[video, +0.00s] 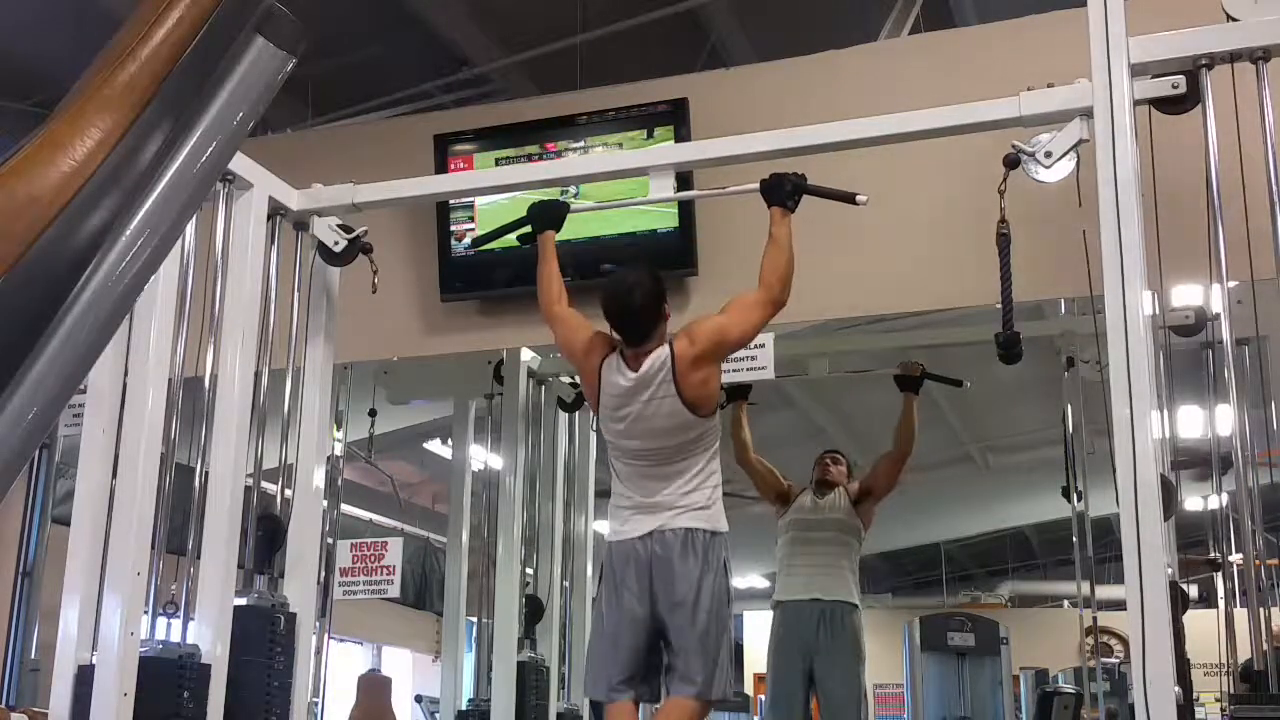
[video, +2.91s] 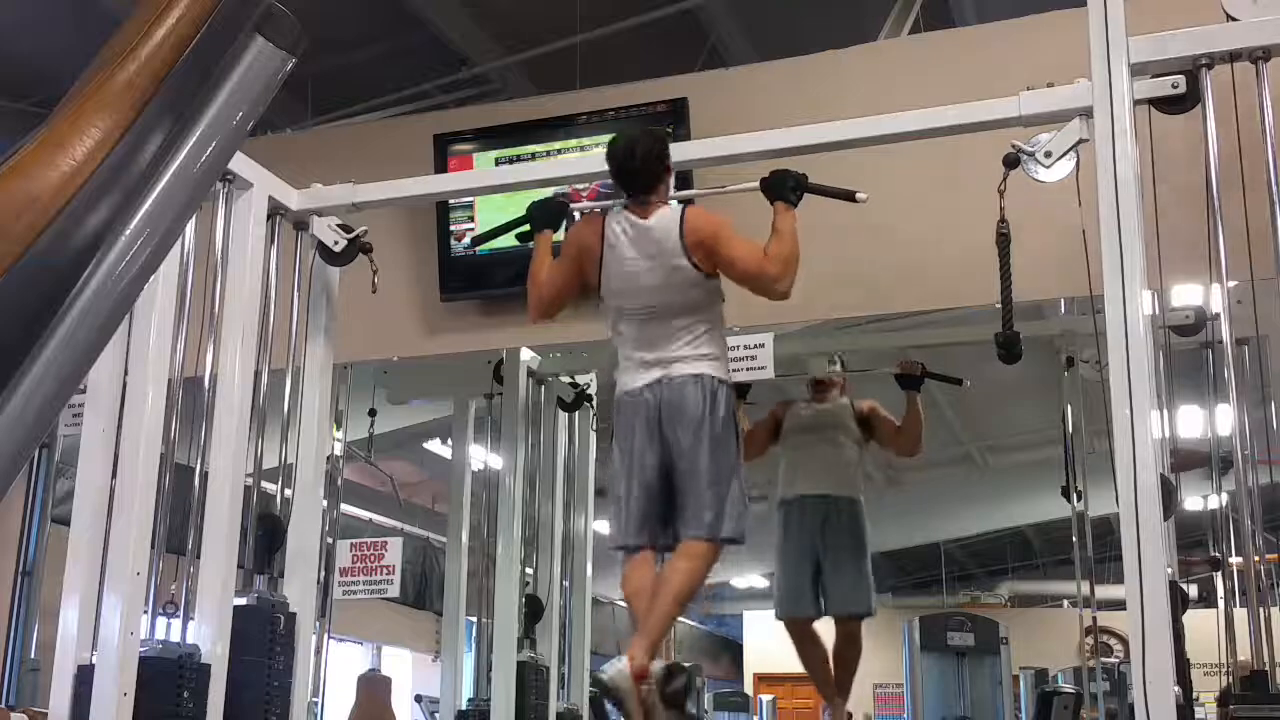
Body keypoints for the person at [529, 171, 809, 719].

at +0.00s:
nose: (668, 301)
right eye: (665, 296)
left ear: (610, 318)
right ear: (665, 310)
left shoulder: (594, 358)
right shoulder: (700, 346)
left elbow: (553, 305)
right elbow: (771, 295)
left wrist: (545, 235)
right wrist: (781, 211)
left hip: (626, 538)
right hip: (693, 534)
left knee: (618, 687)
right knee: (690, 684)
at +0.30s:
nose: (654, 229)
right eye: (656, 223)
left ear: (608, 238)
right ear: (661, 230)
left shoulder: (586, 288)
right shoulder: (695, 277)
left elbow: (541, 303)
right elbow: (783, 289)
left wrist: (543, 237)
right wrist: (785, 210)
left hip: (626, 463)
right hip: (692, 458)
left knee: (620, 602)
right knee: (697, 600)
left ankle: (627, 716)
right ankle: (622, 712)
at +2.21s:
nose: (675, 289)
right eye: (671, 283)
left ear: (611, 302)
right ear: (665, 296)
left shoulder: (592, 346)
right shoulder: (699, 334)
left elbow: (549, 302)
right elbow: (776, 293)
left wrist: (544, 235)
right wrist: (782, 211)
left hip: (625, 529)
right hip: (693, 526)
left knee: (623, 684)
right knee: (701, 679)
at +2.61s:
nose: (664, 235)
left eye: (654, 230)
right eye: (661, 230)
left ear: (610, 247)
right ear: (660, 239)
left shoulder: (589, 293)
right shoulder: (693, 286)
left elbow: (542, 308)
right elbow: (784, 289)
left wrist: (543, 236)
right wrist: (785, 211)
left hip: (627, 471)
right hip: (691, 467)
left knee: (617, 605)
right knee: (701, 607)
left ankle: (617, 716)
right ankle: (614, 710)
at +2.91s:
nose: (669, 165)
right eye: (667, 159)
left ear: (614, 180)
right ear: (667, 171)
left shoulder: (590, 234)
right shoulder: (698, 226)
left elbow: (542, 304)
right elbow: (777, 278)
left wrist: (542, 234)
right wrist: (785, 206)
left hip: (635, 396)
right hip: (697, 389)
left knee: (641, 540)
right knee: (702, 534)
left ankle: (656, 667)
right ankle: (633, 662)